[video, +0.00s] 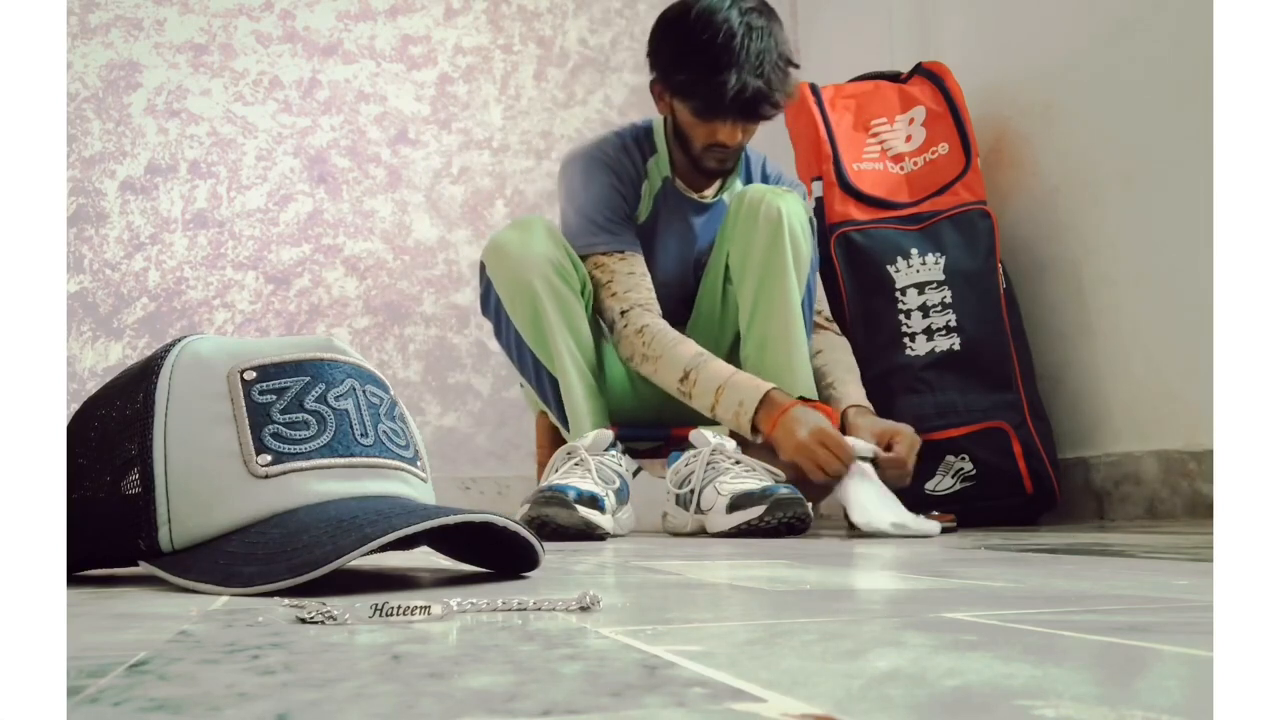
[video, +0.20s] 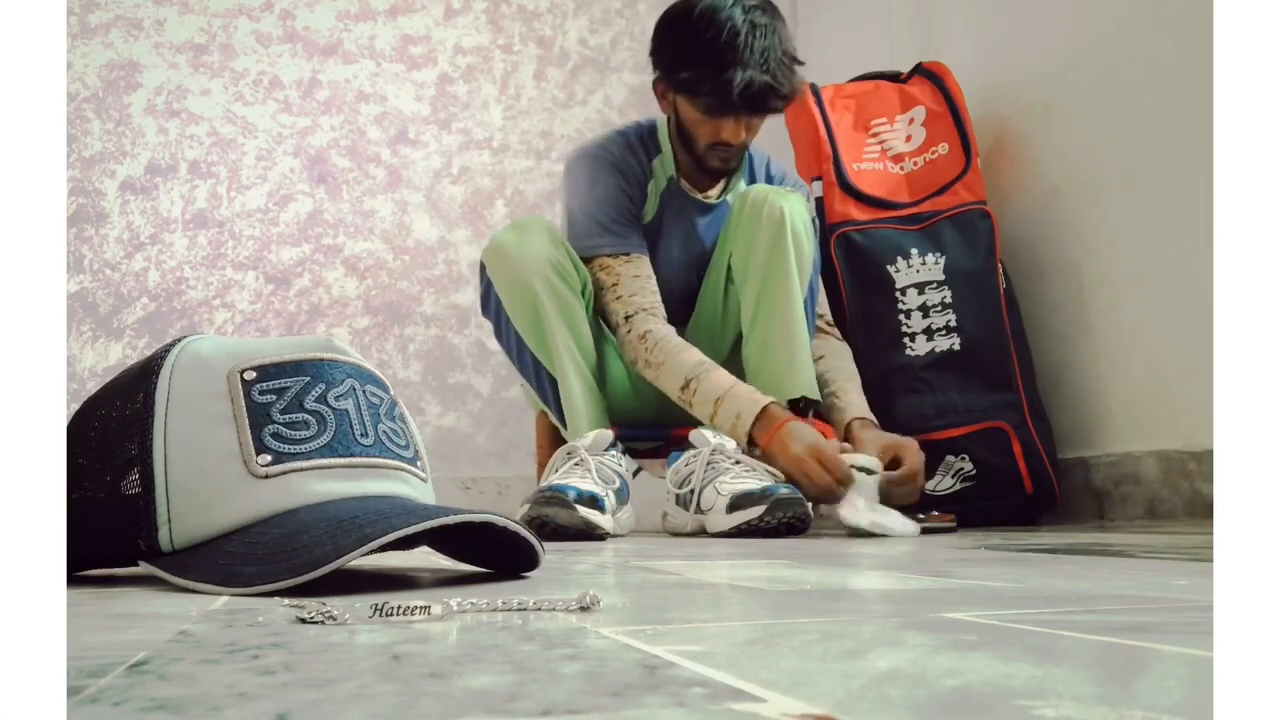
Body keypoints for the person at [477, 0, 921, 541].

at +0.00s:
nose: (730, 138)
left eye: (747, 119)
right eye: (709, 116)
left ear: (766, 106)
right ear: (663, 96)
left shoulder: (774, 189)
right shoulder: (599, 170)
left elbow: (819, 326)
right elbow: (639, 332)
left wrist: (857, 417)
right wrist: (772, 411)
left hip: (717, 388)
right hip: (615, 382)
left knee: (773, 207)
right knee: (518, 243)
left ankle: (723, 457)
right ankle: (591, 454)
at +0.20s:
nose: (734, 135)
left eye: (752, 115)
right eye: (715, 112)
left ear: (771, 103)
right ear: (666, 94)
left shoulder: (778, 189)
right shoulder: (604, 169)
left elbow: (819, 328)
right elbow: (643, 335)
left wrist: (859, 426)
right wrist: (770, 427)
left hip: (717, 388)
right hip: (616, 382)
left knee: (778, 209)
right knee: (518, 244)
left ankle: (725, 458)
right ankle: (591, 455)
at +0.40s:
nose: (719, 112)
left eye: (736, 88)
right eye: (699, 88)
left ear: (758, 86)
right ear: (653, 85)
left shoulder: (773, 188)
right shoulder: (597, 172)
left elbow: (812, 331)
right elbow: (643, 334)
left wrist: (856, 429)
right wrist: (767, 430)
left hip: (716, 386)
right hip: (615, 380)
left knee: (770, 204)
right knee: (514, 247)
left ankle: (722, 457)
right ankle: (592, 457)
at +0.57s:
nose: (686, 85)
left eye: (709, 66)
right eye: (669, 63)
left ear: (746, 82)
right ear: (641, 73)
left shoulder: (762, 185)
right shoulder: (590, 172)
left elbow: (804, 328)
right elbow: (636, 333)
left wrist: (839, 428)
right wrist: (752, 423)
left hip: (713, 390)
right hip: (614, 385)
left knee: (762, 202)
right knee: (507, 249)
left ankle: (725, 458)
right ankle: (588, 455)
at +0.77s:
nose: (690, 99)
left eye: (703, 77)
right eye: (667, 79)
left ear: (719, 79)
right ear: (623, 85)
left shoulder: (745, 187)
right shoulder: (577, 177)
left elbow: (801, 323)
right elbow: (625, 329)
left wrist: (834, 428)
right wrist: (728, 428)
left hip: (707, 383)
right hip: (608, 381)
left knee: (761, 204)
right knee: (511, 248)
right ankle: (592, 455)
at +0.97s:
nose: (651, 93)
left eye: (661, 70)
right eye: (627, 80)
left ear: (687, 71)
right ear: (594, 97)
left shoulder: (731, 188)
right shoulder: (563, 184)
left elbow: (785, 316)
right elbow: (613, 329)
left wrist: (828, 430)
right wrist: (710, 426)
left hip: (703, 381)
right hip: (600, 379)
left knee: (752, 202)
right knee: (493, 255)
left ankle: (707, 462)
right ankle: (589, 460)